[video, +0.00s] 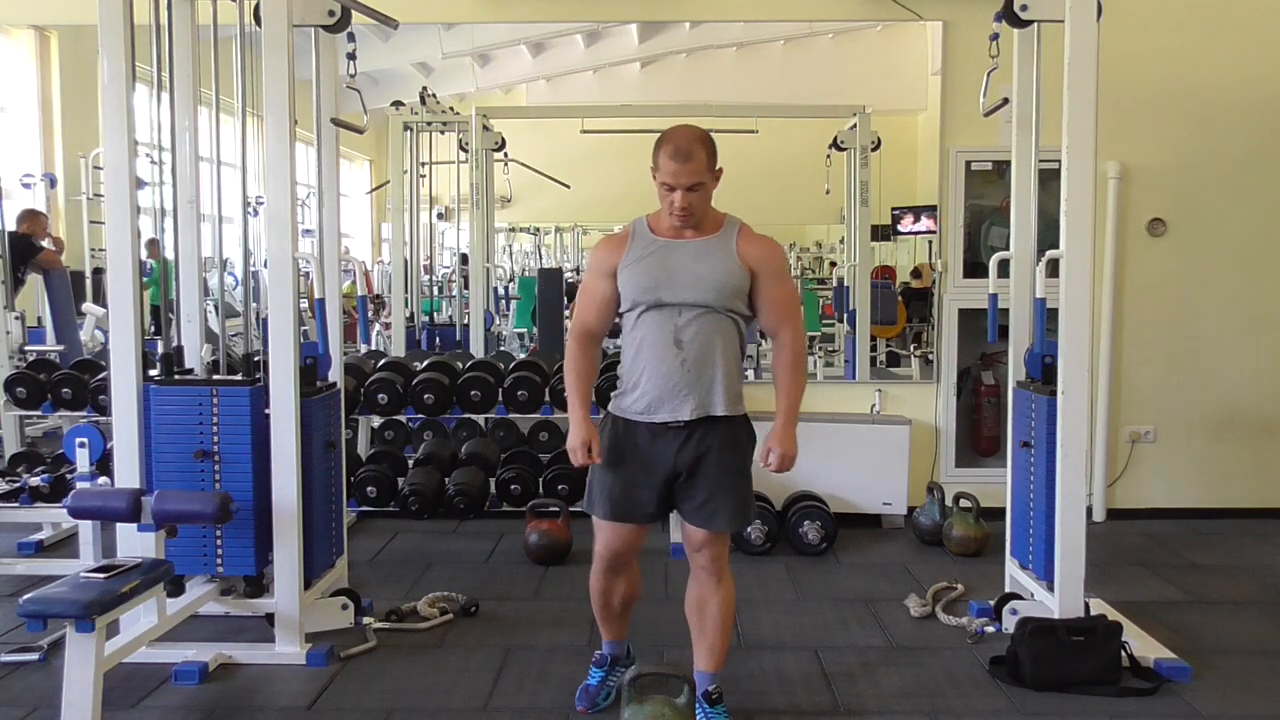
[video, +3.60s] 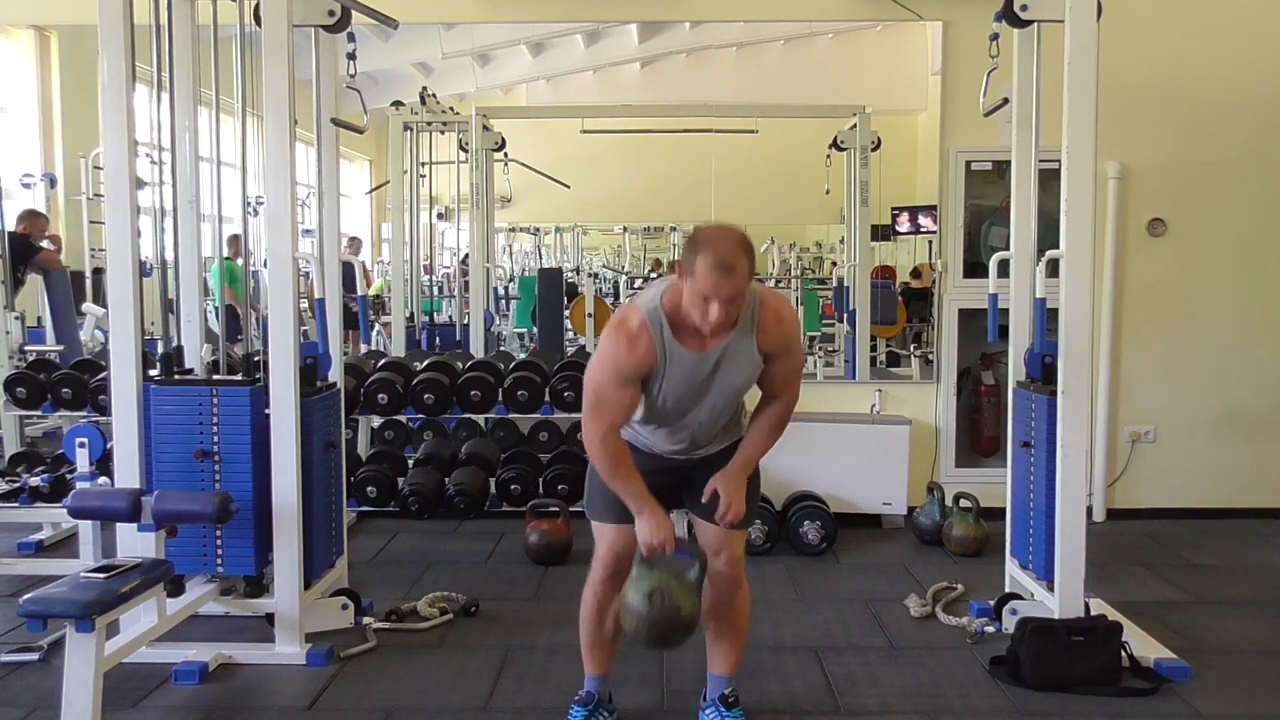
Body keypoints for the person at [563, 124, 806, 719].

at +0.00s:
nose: (678, 199)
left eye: (691, 187)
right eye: (668, 187)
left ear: (716, 178)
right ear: (654, 179)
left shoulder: (757, 253)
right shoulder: (616, 251)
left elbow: (788, 335)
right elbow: (584, 333)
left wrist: (786, 423)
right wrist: (578, 415)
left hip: (715, 430)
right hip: (632, 429)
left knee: (708, 553)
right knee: (611, 554)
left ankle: (707, 692)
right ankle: (612, 657)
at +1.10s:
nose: (603, 215)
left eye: (615, 202)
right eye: (589, 203)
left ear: (634, 180)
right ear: (566, 185)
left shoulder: (676, 245)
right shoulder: (534, 253)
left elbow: (718, 314)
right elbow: (488, 330)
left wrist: (715, 396)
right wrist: (510, 414)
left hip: (661, 440)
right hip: (570, 445)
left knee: (680, 563)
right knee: (578, 570)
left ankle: (707, 693)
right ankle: (588, 694)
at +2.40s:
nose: (680, 262)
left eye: (695, 248)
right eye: (668, 247)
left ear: (719, 227)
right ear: (648, 224)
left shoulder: (749, 273)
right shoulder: (604, 271)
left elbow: (761, 365)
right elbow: (564, 364)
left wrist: (731, 448)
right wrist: (580, 456)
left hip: (711, 438)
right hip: (624, 436)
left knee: (715, 560)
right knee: (610, 561)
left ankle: (718, 699)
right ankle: (593, 696)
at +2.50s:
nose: (676, 312)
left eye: (688, 300)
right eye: (665, 299)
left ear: (711, 272)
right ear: (641, 272)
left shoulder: (745, 296)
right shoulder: (597, 307)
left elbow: (752, 386)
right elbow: (565, 412)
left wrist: (718, 457)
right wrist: (596, 505)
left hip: (705, 441)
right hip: (618, 437)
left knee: (715, 560)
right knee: (605, 558)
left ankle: (718, 699)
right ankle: (592, 696)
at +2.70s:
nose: (677, 406)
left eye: (688, 395)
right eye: (664, 397)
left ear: (710, 360)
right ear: (637, 363)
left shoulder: (744, 345)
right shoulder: (599, 385)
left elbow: (750, 401)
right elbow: (593, 504)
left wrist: (713, 463)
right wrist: (617, 600)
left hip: (702, 456)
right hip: (621, 455)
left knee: (715, 563)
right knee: (594, 568)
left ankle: (719, 697)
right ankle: (593, 695)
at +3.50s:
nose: (713, 364)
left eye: (727, 352)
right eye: (702, 351)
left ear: (746, 326)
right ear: (679, 324)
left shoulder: (773, 336)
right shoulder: (632, 367)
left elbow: (776, 403)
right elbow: (607, 472)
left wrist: (737, 465)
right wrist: (648, 555)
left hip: (717, 454)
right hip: (635, 454)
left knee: (727, 566)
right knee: (608, 564)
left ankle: (719, 699)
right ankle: (593, 696)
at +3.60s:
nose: (715, 316)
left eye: (729, 301)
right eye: (704, 299)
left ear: (749, 284)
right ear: (680, 278)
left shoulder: (774, 317)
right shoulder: (632, 331)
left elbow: (780, 398)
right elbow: (598, 430)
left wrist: (740, 468)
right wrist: (645, 508)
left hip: (719, 448)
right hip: (634, 445)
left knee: (728, 563)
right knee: (611, 560)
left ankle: (720, 700)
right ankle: (594, 694)